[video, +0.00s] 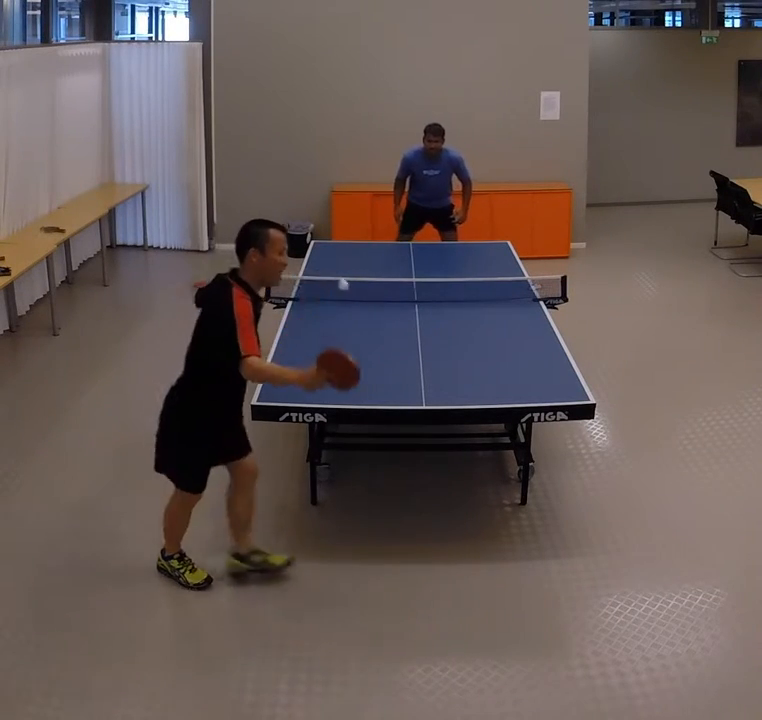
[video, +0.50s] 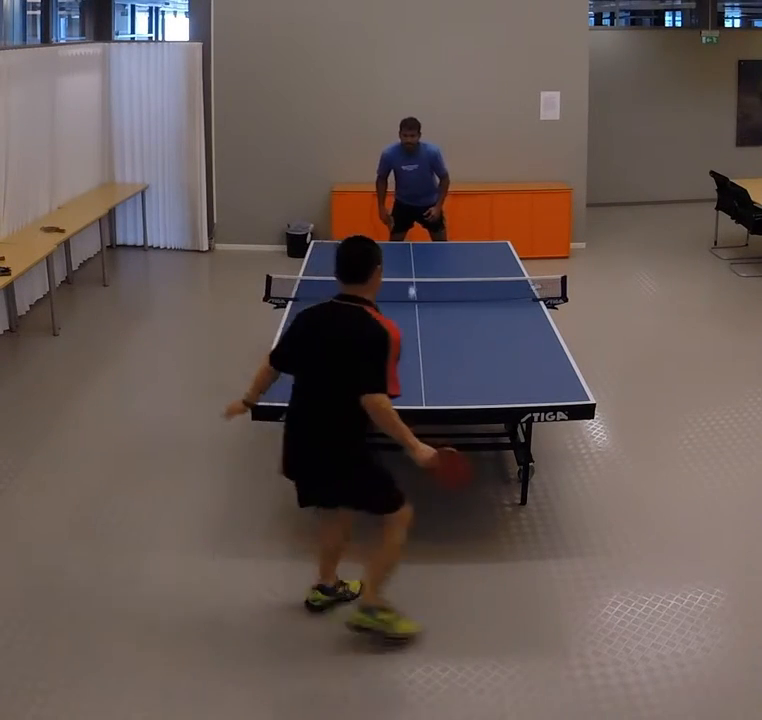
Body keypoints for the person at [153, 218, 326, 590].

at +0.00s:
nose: (286, 261)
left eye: (286, 253)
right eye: (280, 253)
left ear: (253, 257)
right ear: (254, 256)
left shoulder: (231, 285)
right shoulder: (236, 301)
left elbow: (202, 293)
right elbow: (250, 368)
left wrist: (198, 290)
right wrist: (301, 377)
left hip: (220, 406)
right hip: (193, 409)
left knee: (245, 470)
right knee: (189, 490)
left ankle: (243, 551)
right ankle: (170, 555)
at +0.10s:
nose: (304, 269)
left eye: (304, 261)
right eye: (298, 261)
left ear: (272, 263)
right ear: (272, 263)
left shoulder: (240, 294)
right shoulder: (257, 310)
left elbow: (200, 311)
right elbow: (262, 381)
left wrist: (168, 318)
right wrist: (313, 396)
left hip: (240, 417)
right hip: (217, 419)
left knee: (265, 487)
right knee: (199, 494)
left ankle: (293, 569)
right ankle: (171, 556)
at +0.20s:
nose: (329, 276)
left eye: (329, 268)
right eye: (324, 268)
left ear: (299, 269)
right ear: (300, 269)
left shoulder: (262, 303)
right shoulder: (285, 320)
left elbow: (216, 334)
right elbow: (276, 393)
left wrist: (173, 354)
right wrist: (338, 410)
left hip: (270, 428)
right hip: (243, 432)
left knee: (293, 494)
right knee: (225, 511)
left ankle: (312, 581)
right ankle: (174, 551)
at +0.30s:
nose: (351, 278)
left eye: (349, 270)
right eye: (348, 271)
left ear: (313, 273)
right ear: (335, 274)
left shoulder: (285, 310)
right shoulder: (315, 327)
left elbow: (241, 351)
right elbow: (301, 400)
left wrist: (203, 378)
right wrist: (354, 412)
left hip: (278, 433)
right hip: (279, 443)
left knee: (324, 497)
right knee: (275, 533)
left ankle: (318, 583)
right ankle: (202, 551)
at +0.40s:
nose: (364, 275)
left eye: (363, 269)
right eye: (363, 269)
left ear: (323, 271)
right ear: (357, 273)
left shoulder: (299, 313)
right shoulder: (348, 328)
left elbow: (258, 359)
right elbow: (340, 401)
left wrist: (228, 394)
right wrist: (389, 438)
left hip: (281, 435)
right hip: (310, 442)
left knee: (325, 507)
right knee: (348, 522)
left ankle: (319, 584)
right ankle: (269, 573)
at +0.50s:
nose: (381, 276)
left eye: (378, 270)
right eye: (381, 270)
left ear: (338, 273)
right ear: (377, 275)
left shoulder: (312, 317)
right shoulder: (377, 331)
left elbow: (273, 364)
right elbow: (373, 399)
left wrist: (248, 400)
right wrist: (415, 445)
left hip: (303, 444)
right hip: (345, 448)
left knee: (338, 508)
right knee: (398, 512)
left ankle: (327, 584)